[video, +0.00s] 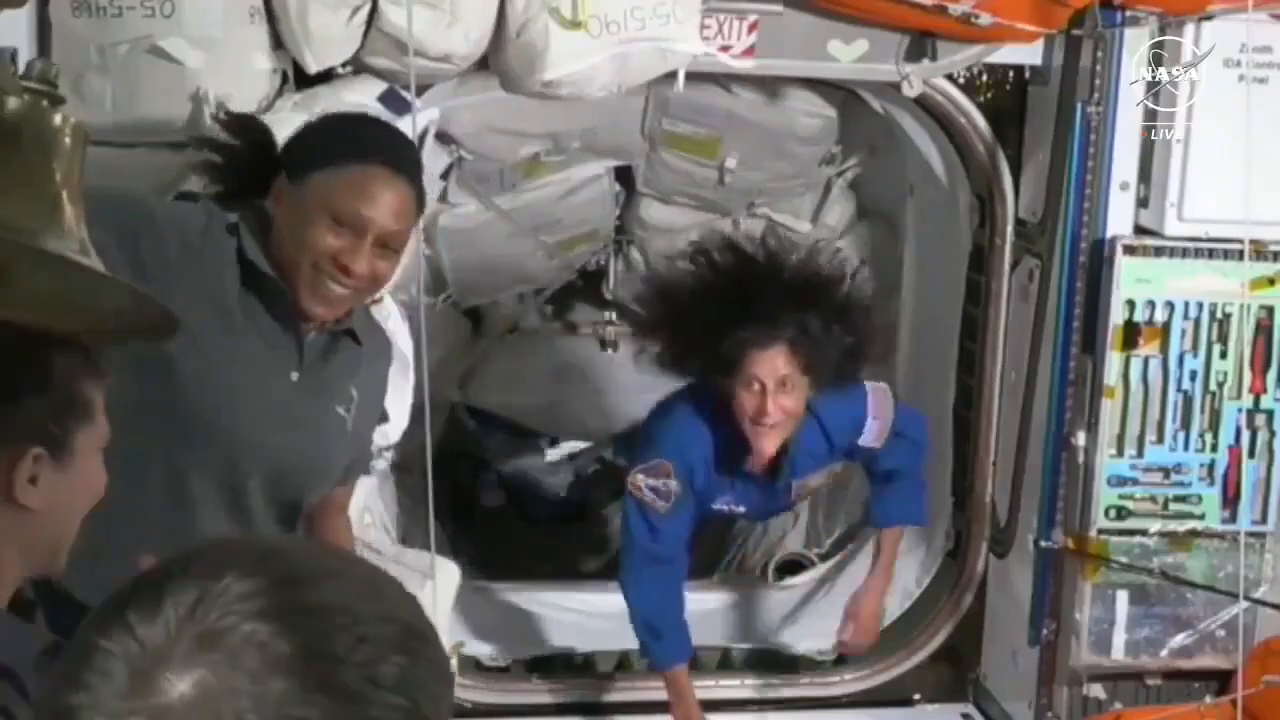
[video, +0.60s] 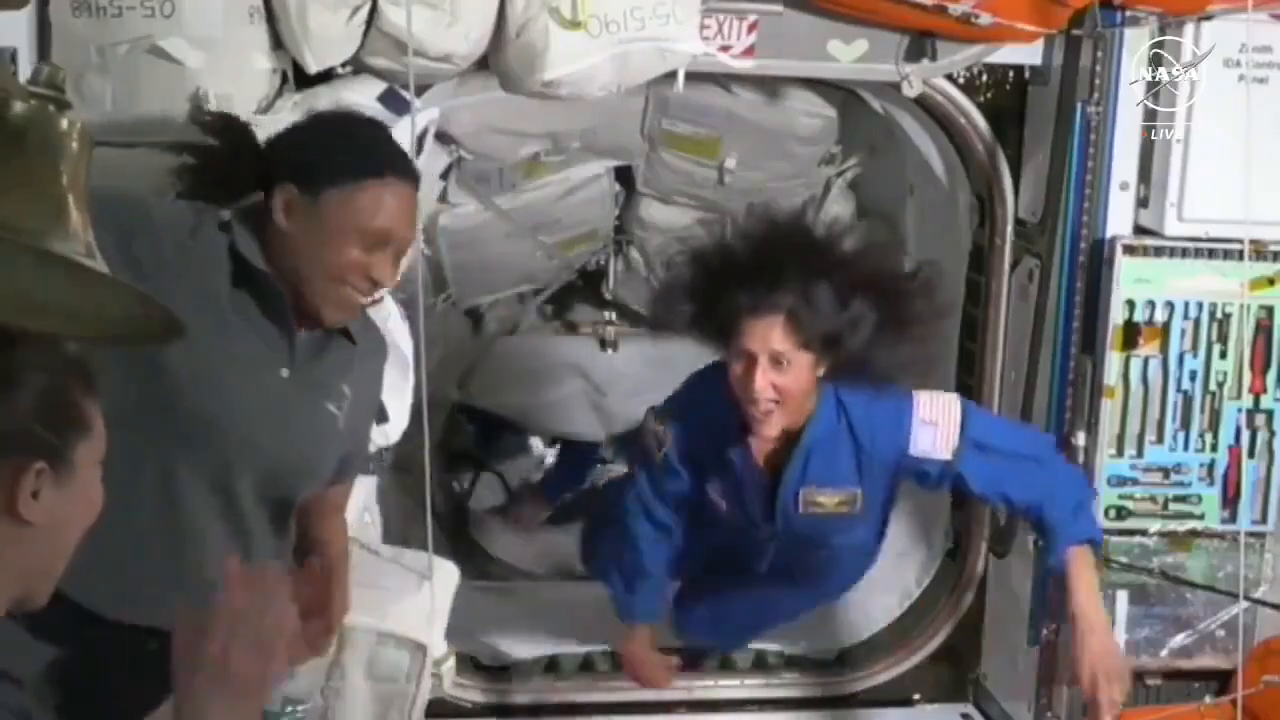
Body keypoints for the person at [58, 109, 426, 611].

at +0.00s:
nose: (356, 266)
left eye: (386, 248)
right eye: (341, 227)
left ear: (402, 257)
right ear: (280, 199)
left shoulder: (365, 354)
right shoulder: (167, 246)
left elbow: (328, 511)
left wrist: (351, 619)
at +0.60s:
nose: (387, 275)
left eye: (400, 255)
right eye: (372, 245)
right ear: (289, 208)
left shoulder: (360, 353)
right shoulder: (159, 245)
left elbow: (325, 504)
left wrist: (325, 590)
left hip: (222, 646)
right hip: (74, 619)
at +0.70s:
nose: (401, 281)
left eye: (408, 254)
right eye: (392, 250)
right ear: (309, 221)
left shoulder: (357, 348)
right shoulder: (143, 248)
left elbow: (324, 505)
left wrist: (329, 591)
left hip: (228, 658)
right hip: (76, 634)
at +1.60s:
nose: (367, 263)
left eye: (380, 240)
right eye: (349, 231)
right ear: (262, 205)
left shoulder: (346, 342)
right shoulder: (139, 248)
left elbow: (326, 500)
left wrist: (365, 559)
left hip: (223, 664)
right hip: (86, 645)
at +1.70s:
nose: (322, 247)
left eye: (351, 229)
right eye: (304, 211)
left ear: (370, 239)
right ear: (246, 192)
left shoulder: (349, 345)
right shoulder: (145, 250)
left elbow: (332, 503)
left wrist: (363, 554)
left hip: (222, 654)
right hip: (85, 634)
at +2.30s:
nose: (315, 240)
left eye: (344, 222)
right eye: (295, 205)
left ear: (365, 235)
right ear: (240, 192)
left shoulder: (356, 353)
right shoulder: (163, 239)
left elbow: (351, 517)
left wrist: (349, 566)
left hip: (216, 622)